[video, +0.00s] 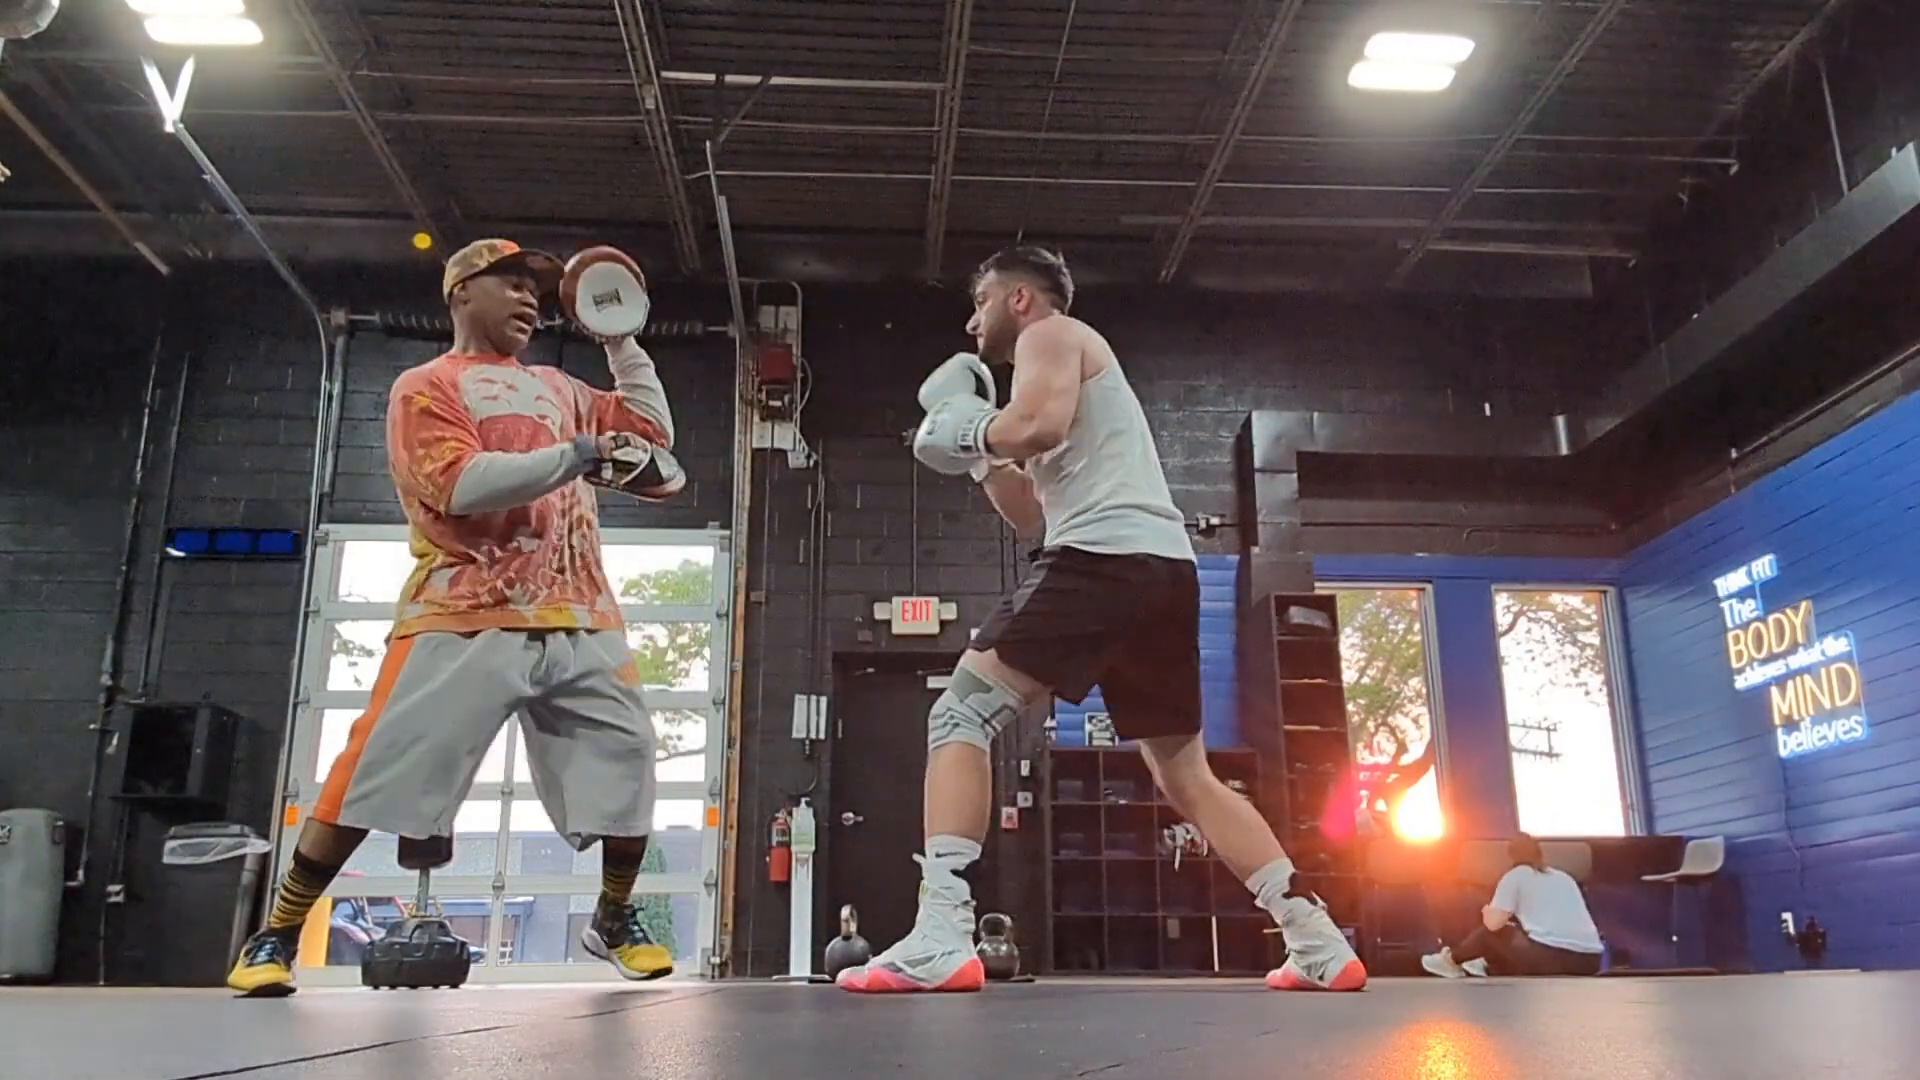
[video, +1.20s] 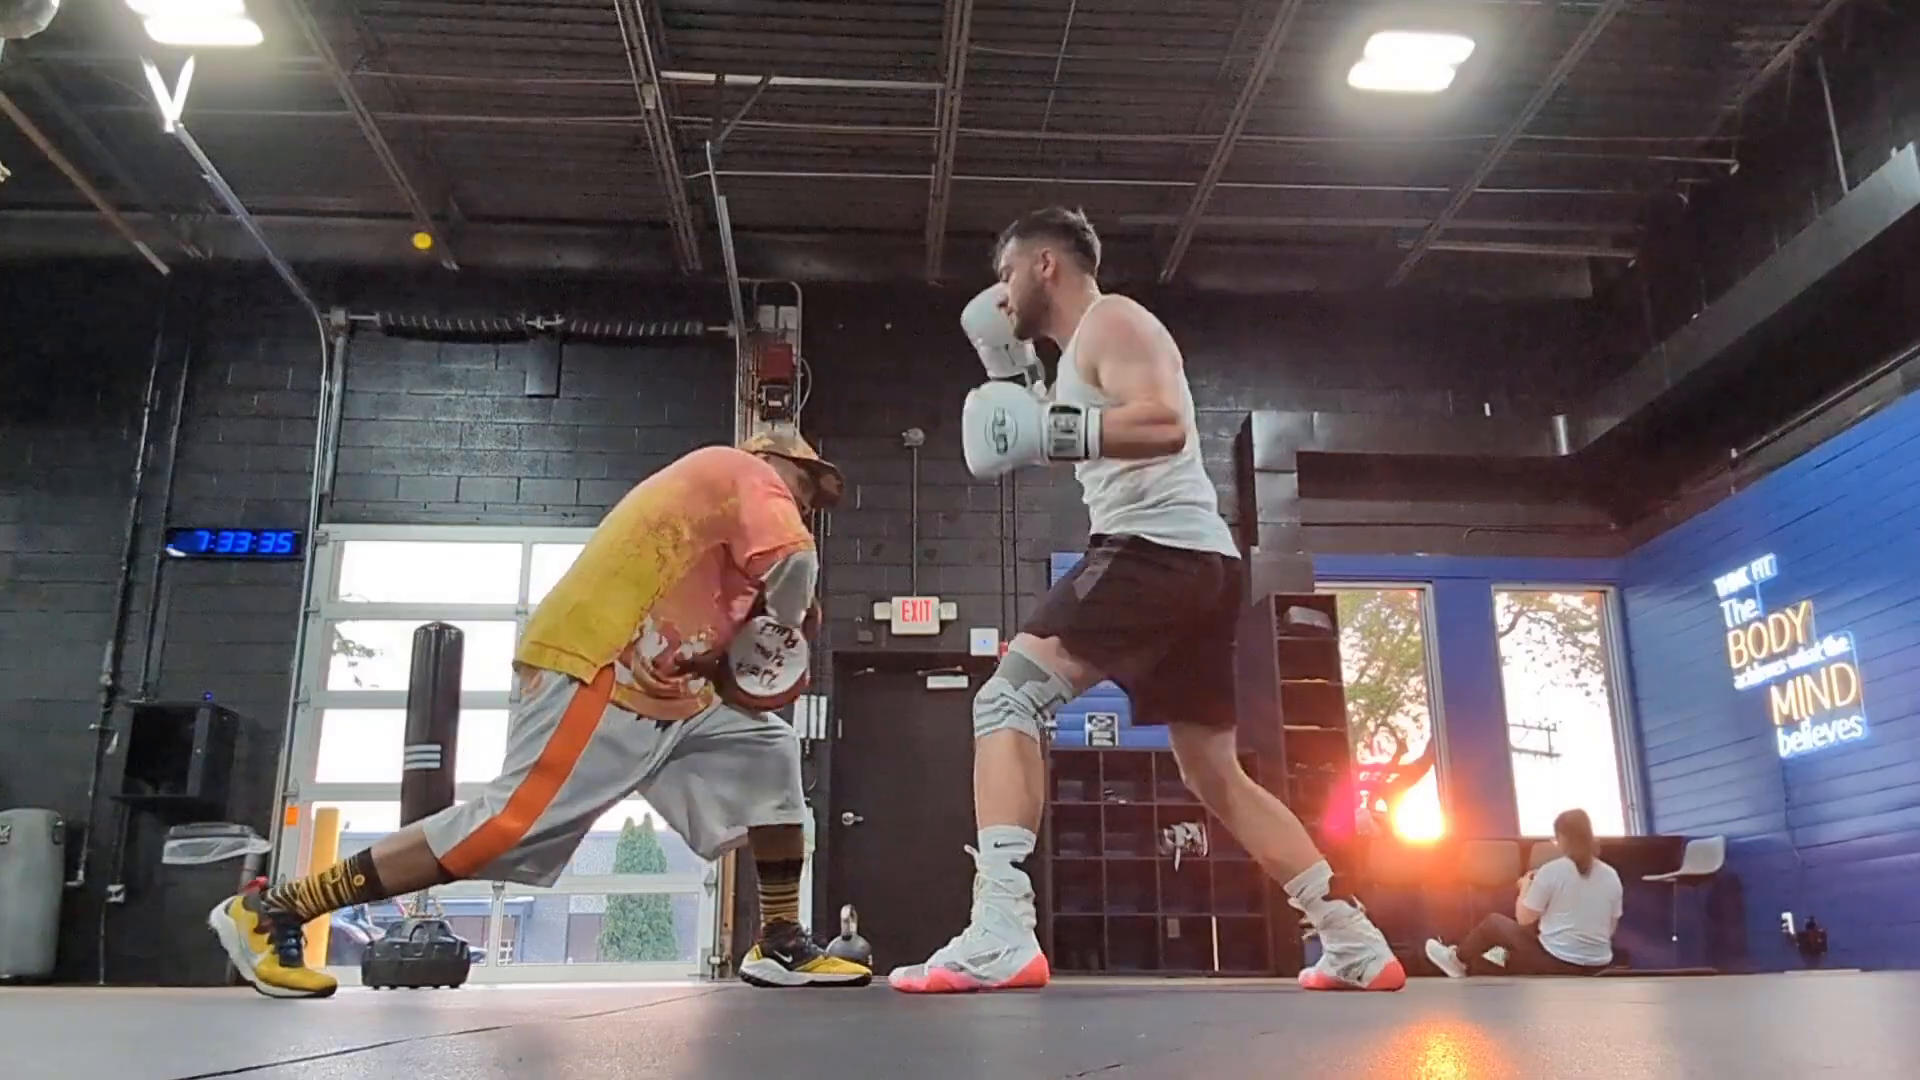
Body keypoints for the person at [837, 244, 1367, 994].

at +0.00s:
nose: (974, 320)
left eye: (980, 302)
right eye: (973, 307)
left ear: (1021, 296)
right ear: (1036, 303)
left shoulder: (1048, 331)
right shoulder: (1073, 372)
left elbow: (1038, 422)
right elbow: (1030, 516)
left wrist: (964, 427)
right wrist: (976, 446)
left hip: (1103, 559)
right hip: (1166, 569)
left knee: (963, 713)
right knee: (1187, 775)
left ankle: (941, 935)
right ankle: (1316, 939)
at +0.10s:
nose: (984, 310)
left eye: (991, 293)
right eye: (985, 299)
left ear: (1030, 283)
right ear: (1052, 291)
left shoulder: (1047, 312)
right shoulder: (1106, 356)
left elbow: (998, 370)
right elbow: (1070, 500)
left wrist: (943, 366)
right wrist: (1002, 431)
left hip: (1108, 531)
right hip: (1188, 540)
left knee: (996, 709)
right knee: (1209, 748)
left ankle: (966, 920)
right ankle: (1319, 936)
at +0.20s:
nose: (997, 304)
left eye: (1005, 290)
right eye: (999, 292)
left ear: (1042, 285)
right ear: (1074, 295)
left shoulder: (1037, 313)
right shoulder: (1133, 351)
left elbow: (912, 313)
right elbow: (1125, 446)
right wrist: (1030, 436)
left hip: (1106, 528)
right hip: (1192, 531)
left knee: (1010, 715)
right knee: (1215, 746)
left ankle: (980, 929)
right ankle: (1321, 930)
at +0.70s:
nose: (1007, 280)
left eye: (1014, 263)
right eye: (1007, 267)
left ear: (1052, 250)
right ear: (1075, 256)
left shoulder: (1066, 282)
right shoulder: (1123, 339)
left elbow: (991, 321)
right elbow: (1113, 442)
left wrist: (922, 298)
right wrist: (1032, 405)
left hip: (1105, 529)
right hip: (1167, 542)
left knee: (984, 698)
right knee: (1171, 746)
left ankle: (987, 917)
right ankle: (1319, 901)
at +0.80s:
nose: (982, 253)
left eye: (990, 235)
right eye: (982, 240)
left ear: (1033, 226)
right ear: (1036, 232)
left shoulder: (1089, 277)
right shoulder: (1030, 325)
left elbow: (1050, 360)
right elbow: (965, 399)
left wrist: (971, 315)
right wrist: (914, 340)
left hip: (1107, 529)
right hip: (1107, 535)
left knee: (997, 693)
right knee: (1148, 751)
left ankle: (992, 924)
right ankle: (1312, 880)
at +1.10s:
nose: (997, 258)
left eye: (1005, 238)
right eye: (996, 244)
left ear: (1051, 228)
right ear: (1045, 237)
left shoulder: (1122, 289)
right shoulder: (1051, 334)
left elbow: (1145, 397)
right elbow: (1009, 450)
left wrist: (1036, 371)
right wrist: (968, 375)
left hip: (1131, 538)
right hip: (1133, 545)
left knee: (1017, 703)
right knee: (1175, 749)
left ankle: (999, 934)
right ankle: (1332, 908)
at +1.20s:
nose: (1002, 292)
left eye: (1006, 274)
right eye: (999, 279)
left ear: (1045, 261)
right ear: (1056, 267)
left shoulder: (1115, 320)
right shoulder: (1082, 353)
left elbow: (1165, 427)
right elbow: (1085, 446)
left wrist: (1049, 427)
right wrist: (1012, 368)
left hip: (1156, 552)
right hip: (1201, 563)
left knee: (1007, 703)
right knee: (1216, 776)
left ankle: (1000, 931)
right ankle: (1350, 937)